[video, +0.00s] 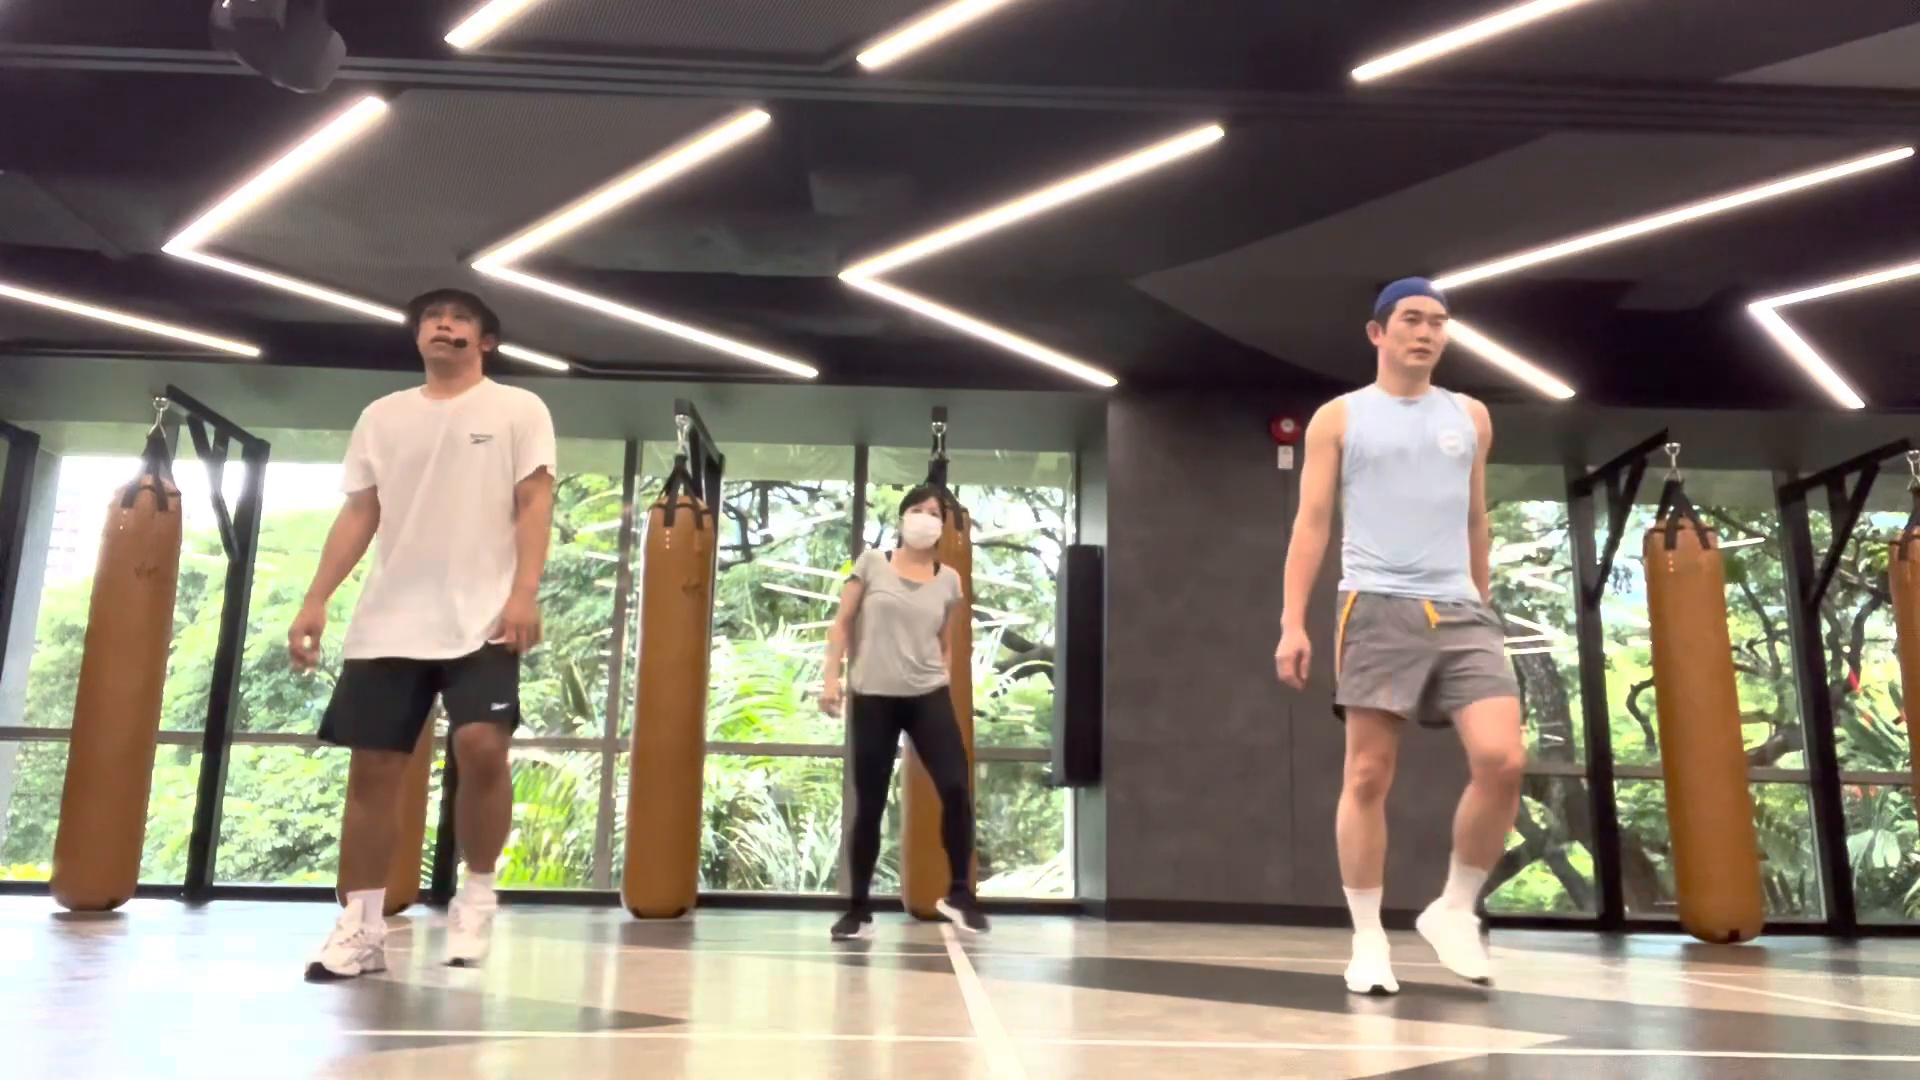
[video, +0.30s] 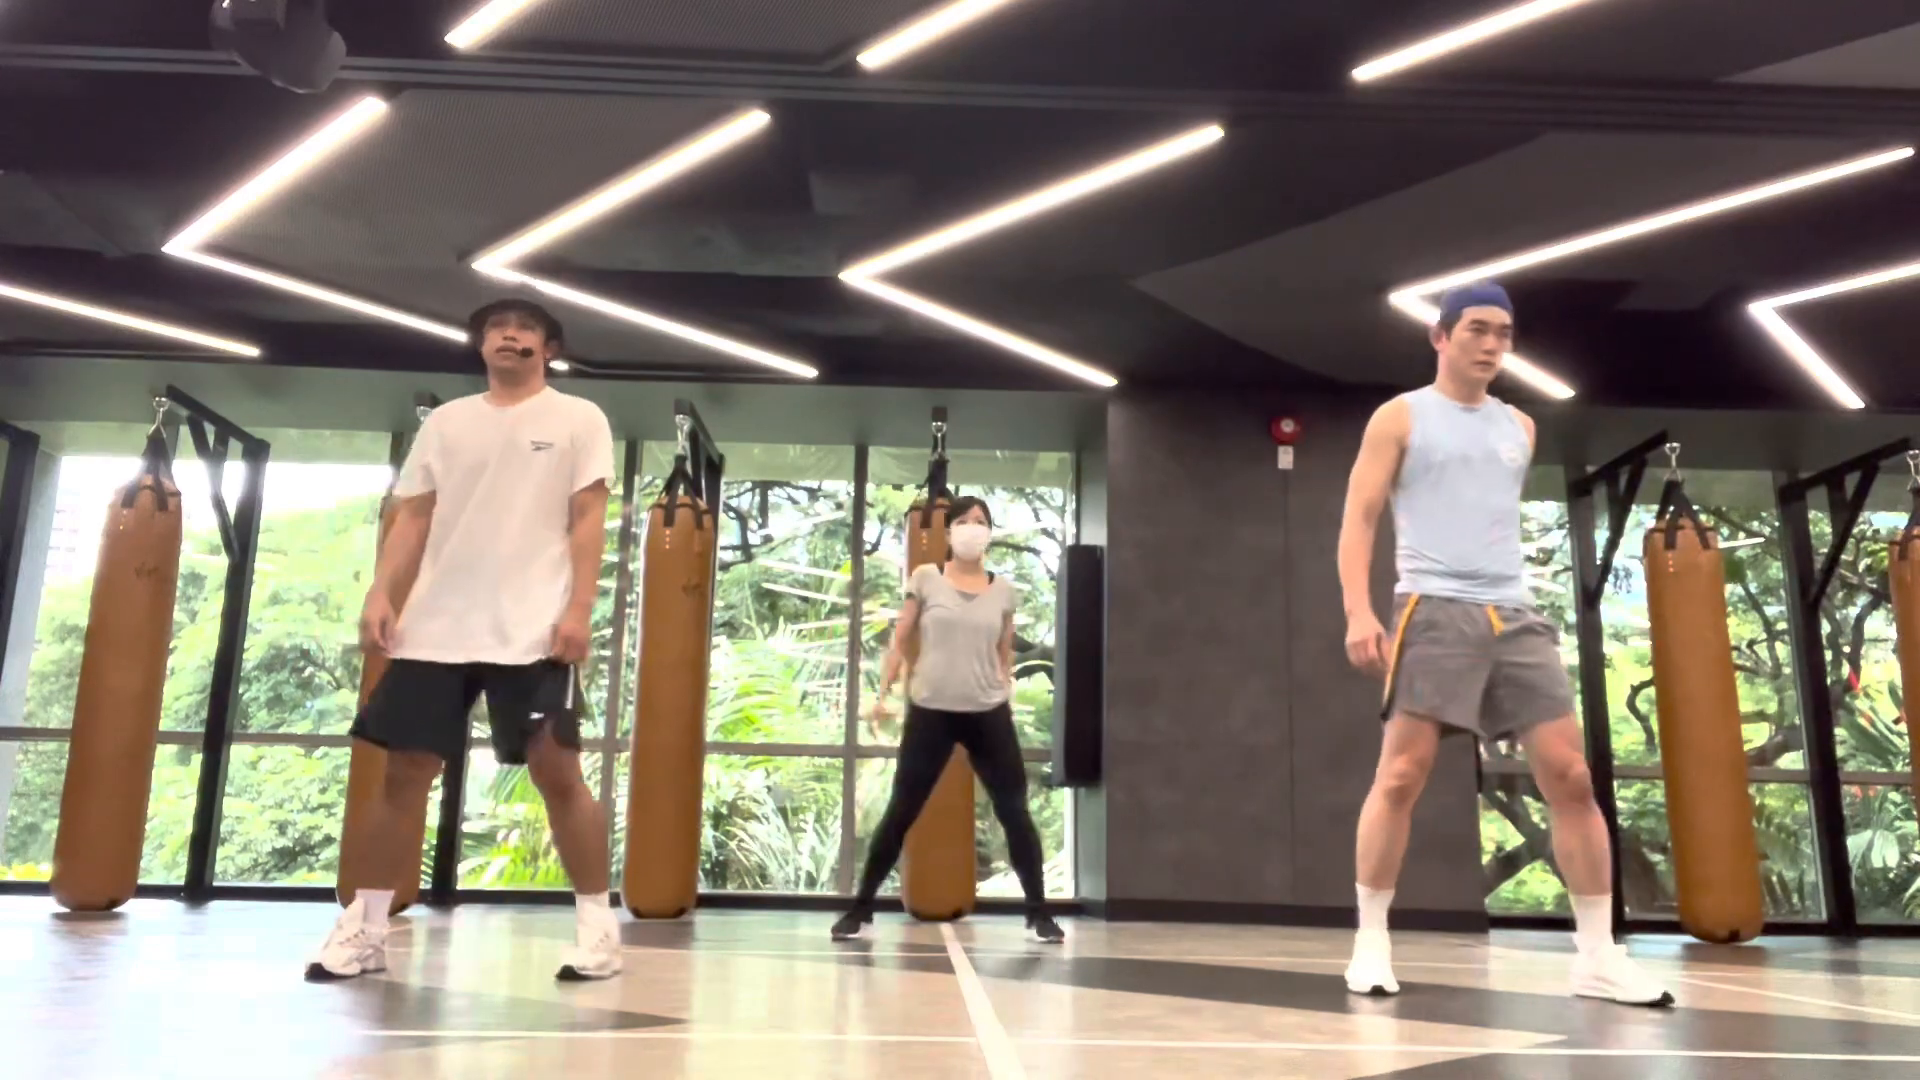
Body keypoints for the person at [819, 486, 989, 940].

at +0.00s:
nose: (926, 519)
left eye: (935, 515)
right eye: (918, 511)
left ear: (944, 530)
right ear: (901, 521)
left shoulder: (948, 580)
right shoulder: (872, 562)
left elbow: (943, 641)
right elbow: (841, 622)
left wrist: (944, 691)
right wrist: (831, 677)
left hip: (928, 697)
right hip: (873, 697)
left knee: (957, 789)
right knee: (867, 806)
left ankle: (960, 894)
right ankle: (858, 909)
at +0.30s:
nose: (973, 529)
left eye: (981, 523)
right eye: (964, 523)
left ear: (990, 535)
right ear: (947, 533)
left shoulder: (1004, 591)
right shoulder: (926, 578)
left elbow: (1005, 652)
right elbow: (898, 643)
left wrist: (1002, 697)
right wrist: (883, 694)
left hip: (989, 712)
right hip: (931, 712)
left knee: (1015, 812)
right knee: (901, 811)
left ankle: (1038, 911)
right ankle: (861, 907)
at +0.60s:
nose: (1013, 519)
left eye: (1021, 513)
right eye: (1004, 513)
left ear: (1031, 525)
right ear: (988, 524)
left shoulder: (1048, 577)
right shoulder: (967, 571)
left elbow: (1073, 639)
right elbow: (951, 636)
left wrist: (1097, 692)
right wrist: (945, 694)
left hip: (1031, 701)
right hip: (976, 699)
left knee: (1035, 810)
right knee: (968, 803)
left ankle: (1040, 911)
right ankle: (955, 896)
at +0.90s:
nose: (1005, 517)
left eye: (1013, 511)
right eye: (995, 512)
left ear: (1024, 524)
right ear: (980, 525)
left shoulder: (1042, 571)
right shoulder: (962, 574)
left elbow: (1067, 628)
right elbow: (951, 643)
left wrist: (1084, 668)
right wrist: (946, 704)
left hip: (1030, 701)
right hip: (973, 699)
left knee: (1034, 807)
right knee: (941, 789)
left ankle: (1042, 911)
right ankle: (949, 890)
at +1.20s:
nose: (961, 527)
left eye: (967, 521)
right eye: (951, 520)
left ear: (977, 534)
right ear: (931, 533)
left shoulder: (991, 585)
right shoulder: (911, 583)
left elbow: (1009, 647)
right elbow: (903, 651)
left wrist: (1022, 702)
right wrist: (902, 702)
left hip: (978, 709)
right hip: (919, 709)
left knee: (1004, 811)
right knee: (886, 811)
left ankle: (1039, 910)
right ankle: (852, 910)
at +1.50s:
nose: (917, 514)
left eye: (926, 509)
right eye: (909, 507)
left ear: (938, 523)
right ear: (894, 519)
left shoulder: (946, 576)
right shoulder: (867, 562)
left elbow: (948, 640)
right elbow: (833, 623)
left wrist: (944, 689)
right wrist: (810, 677)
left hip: (926, 695)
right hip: (869, 695)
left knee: (926, 792)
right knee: (861, 807)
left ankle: (938, 894)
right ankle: (851, 911)